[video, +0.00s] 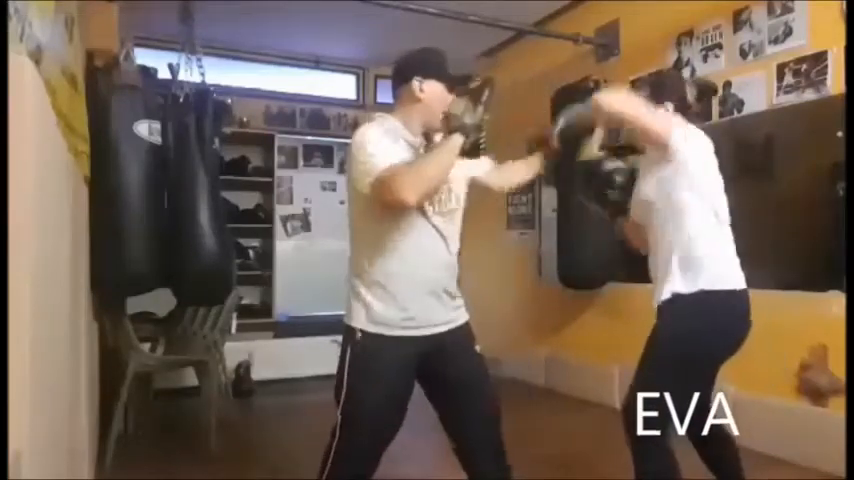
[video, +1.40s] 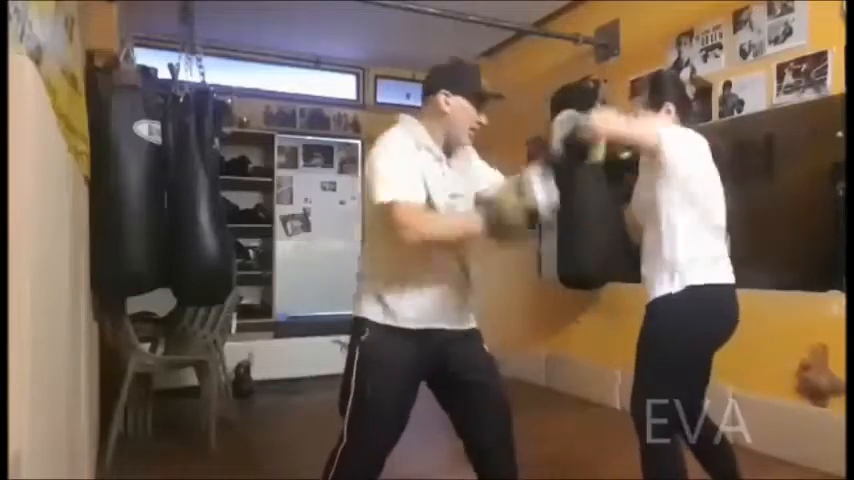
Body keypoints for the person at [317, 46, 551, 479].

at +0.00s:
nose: (454, 100)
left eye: (454, 91)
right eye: (447, 88)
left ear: (422, 91)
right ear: (418, 88)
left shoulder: (449, 149)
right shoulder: (373, 137)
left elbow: (503, 175)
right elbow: (402, 192)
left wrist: (551, 153)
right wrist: (458, 136)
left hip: (447, 327)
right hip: (381, 331)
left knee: (485, 448)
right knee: (354, 457)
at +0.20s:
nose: (480, 118)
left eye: (482, 109)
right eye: (476, 106)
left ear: (449, 101)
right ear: (450, 97)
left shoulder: (450, 155)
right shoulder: (402, 134)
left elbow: (471, 214)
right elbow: (441, 188)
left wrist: (495, 192)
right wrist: (493, 143)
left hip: (455, 328)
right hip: (393, 330)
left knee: (491, 439)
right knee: (361, 453)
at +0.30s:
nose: (492, 122)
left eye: (493, 113)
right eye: (487, 110)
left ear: (463, 106)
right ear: (463, 103)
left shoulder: (464, 155)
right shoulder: (423, 128)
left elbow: (458, 238)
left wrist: (507, 229)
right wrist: (549, 124)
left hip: (458, 326)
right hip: (399, 322)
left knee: (494, 435)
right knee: (367, 449)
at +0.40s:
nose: (494, 123)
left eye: (496, 117)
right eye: (491, 114)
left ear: (469, 109)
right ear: (472, 104)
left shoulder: (465, 167)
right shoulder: (425, 127)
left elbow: (460, 255)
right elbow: (505, 133)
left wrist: (524, 255)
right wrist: (542, 92)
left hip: (463, 323)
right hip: (404, 317)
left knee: (499, 429)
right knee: (370, 444)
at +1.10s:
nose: (480, 116)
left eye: (481, 106)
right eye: (475, 104)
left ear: (449, 100)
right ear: (448, 96)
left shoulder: (447, 154)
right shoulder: (410, 127)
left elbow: (457, 238)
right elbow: (486, 163)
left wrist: (518, 223)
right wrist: (533, 134)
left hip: (456, 324)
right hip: (399, 323)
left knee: (494, 446)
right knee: (368, 453)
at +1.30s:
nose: (468, 111)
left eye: (469, 101)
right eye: (461, 98)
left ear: (436, 95)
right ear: (431, 92)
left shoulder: (448, 152)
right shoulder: (386, 137)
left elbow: (479, 207)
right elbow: (437, 205)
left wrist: (529, 171)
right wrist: (498, 156)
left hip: (452, 326)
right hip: (388, 326)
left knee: (495, 439)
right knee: (357, 457)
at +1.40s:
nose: (483, 119)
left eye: (483, 108)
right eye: (476, 105)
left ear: (449, 104)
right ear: (444, 102)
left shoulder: (460, 153)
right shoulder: (395, 146)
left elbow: (506, 199)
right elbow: (410, 225)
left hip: (455, 330)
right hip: (391, 331)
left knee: (496, 447)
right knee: (361, 456)